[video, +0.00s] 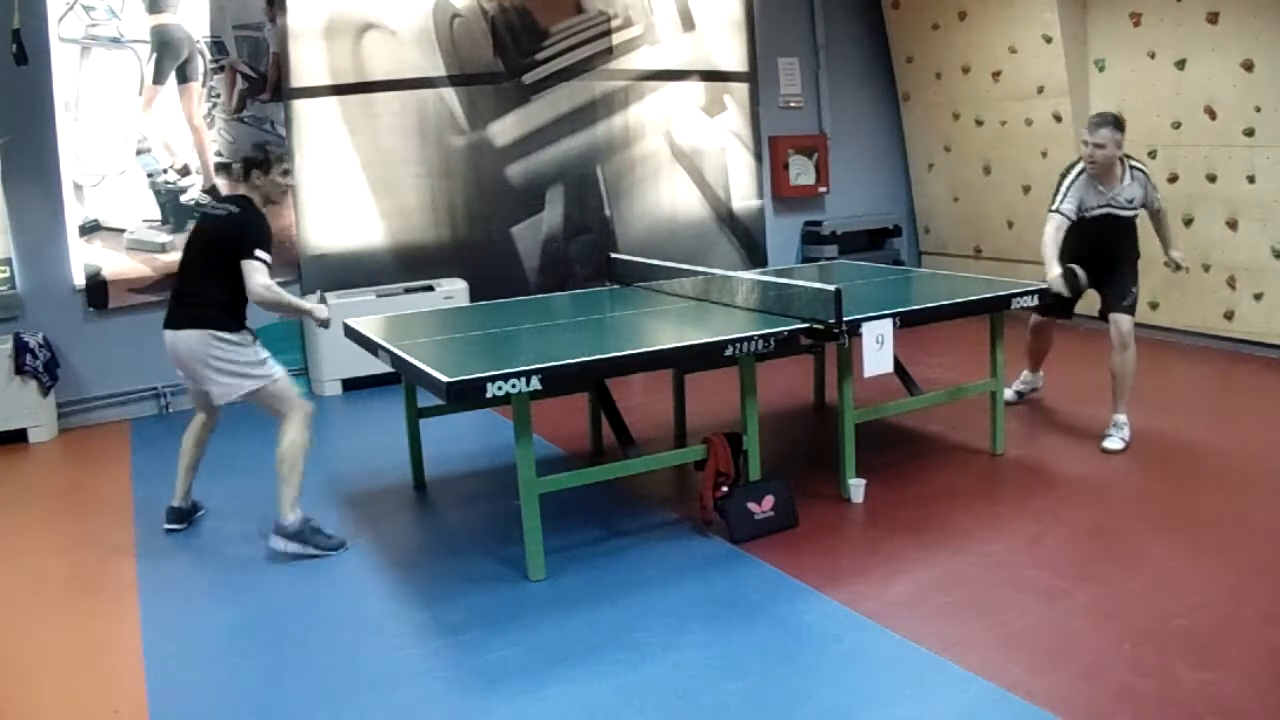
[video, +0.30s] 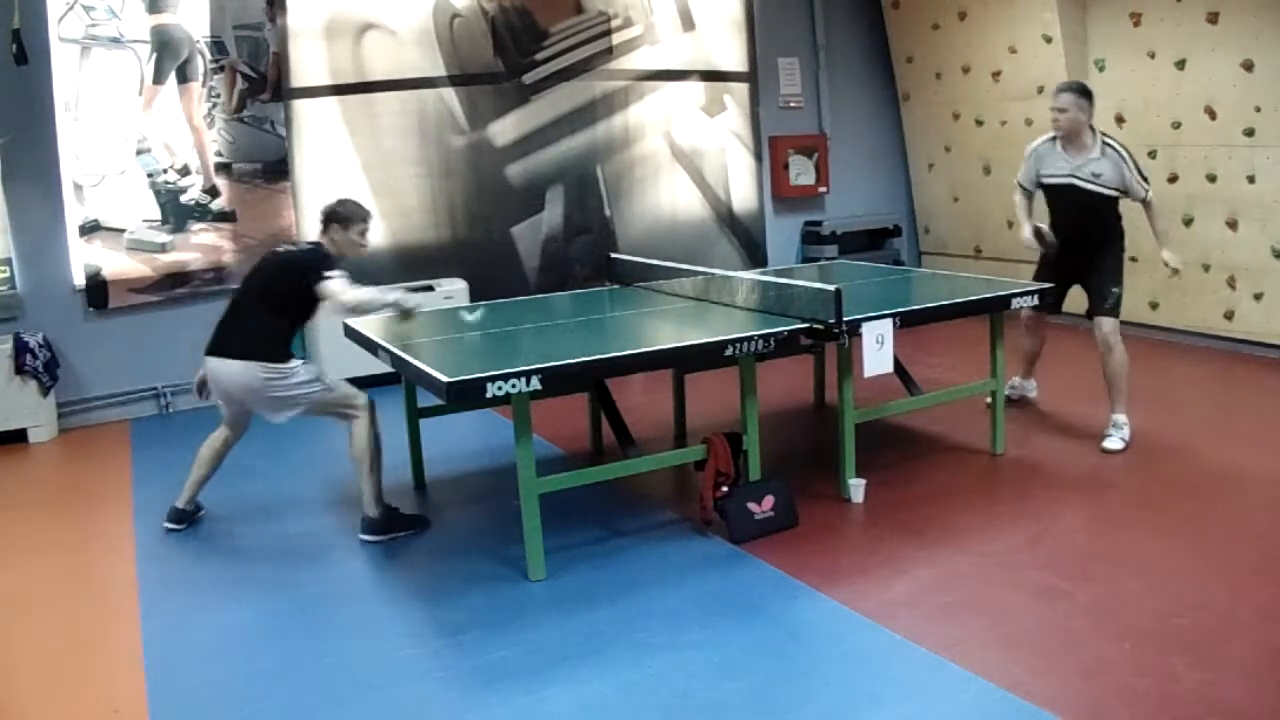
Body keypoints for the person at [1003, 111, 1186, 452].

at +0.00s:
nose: (1090, 153)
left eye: (1100, 147)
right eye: (1086, 144)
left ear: (1119, 148)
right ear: (1081, 142)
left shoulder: (1138, 176)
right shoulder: (1075, 177)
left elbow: (1156, 209)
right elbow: (1054, 225)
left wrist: (1169, 249)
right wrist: (1053, 267)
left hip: (1119, 258)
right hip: (1076, 253)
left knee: (1121, 330)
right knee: (1039, 323)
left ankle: (1119, 420)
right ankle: (1031, 376)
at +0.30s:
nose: (1054, 117)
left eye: (1062, 112)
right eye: (1052, 111)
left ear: (1086, 114)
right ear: (1052, 113)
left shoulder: (1115, 155)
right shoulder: (1039, 152)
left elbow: (1146, 198)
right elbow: (1022, 192)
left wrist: (1163, 246)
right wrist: (1025, 224)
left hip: (1103, 254)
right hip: (1060, 250)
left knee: (1106, 332)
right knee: (1032, 317)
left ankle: (1119, 420)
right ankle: (1025, 381)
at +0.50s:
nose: (1023, 106)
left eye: (1030, 98)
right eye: (1021, 99)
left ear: (1054, 101)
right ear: (1024, 102)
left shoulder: (1083, 140)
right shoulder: (1021, 139)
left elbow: (1113, 186)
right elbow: (1008, 179)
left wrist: (1119, 231)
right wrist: (992, 208)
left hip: (1081, 250)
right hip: (1039, 248)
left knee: (1092, 326)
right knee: (1021, 319)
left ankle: (1116, 413)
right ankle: (1024, 385)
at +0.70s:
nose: (992, 119)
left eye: (997, 111)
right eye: (991, 113)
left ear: (1020, 109)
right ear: (1005, 114)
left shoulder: (1048, 139)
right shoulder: (1008, 152)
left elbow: (1083, 181)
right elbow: (1002, 199)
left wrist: (1059, 219)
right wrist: (954, 215)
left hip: (1068, 250)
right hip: (1031, 249)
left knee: (1077, 333)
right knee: (994, 307)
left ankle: (1115, 408)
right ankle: (1004, 380)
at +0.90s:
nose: (945, 141)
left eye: (948, 132)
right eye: (944, 133)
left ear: (968, 129)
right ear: (962, 132)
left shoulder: (996, 147)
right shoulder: (971, 169)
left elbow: (1035, 169)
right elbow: (947, 213)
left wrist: (1029, 197)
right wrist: (900, 218)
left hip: (1039, 256)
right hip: (1005, 258)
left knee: (1063, 332)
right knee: (963, 316)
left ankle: (1111, 407)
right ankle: (955, 382)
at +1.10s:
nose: (924, 130)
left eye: (927, 122)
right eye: (922, 124)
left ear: (947, 117)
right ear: (939, 121)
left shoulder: (981, 136)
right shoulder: (946, 158)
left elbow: (1020, 168)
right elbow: (929, 202)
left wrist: (1021, 202)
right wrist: (886, 215)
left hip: (1020, 243)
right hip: (986, 247)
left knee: (1048, 315)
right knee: (955, 312)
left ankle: (1088, 395)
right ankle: (953, 381)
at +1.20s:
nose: (930, 119)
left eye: (934, 111)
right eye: (928, 113)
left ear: (955, 107)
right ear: (940, 112)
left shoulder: (987, 129)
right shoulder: (944, 150)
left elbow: (1025, 163)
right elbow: (927, 197)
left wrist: (1022, 200)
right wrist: (892, 216)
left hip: (1016, 241)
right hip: (979, 245)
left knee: (1045, 311)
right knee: (955, 320)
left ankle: (1084, 391)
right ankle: (953, 381)